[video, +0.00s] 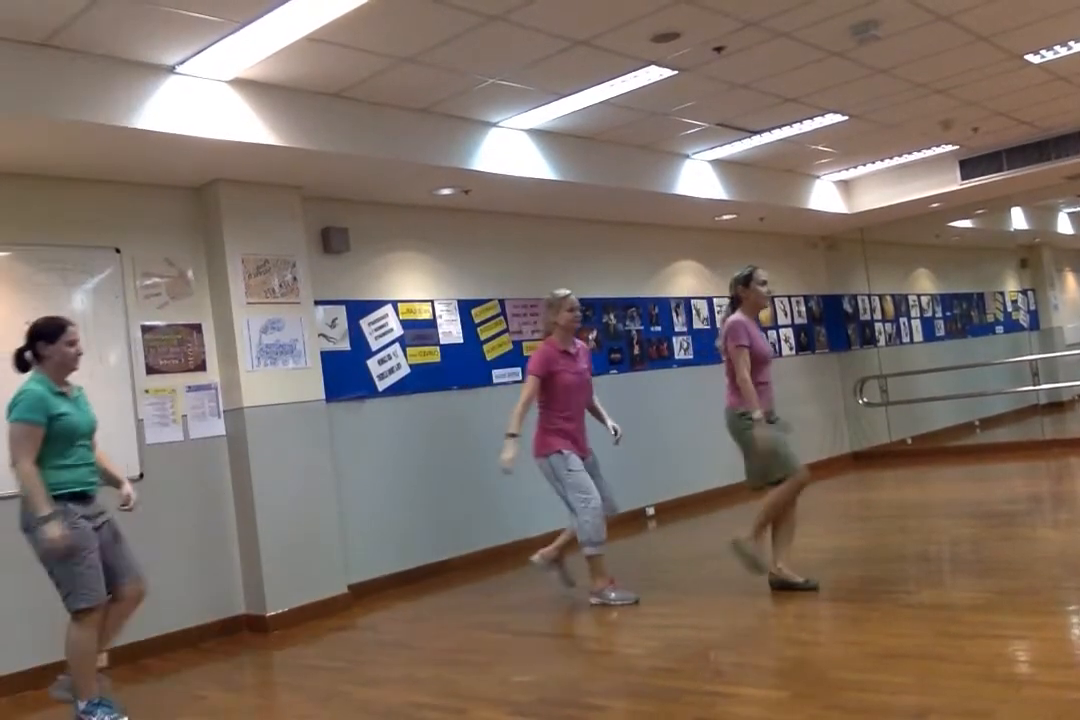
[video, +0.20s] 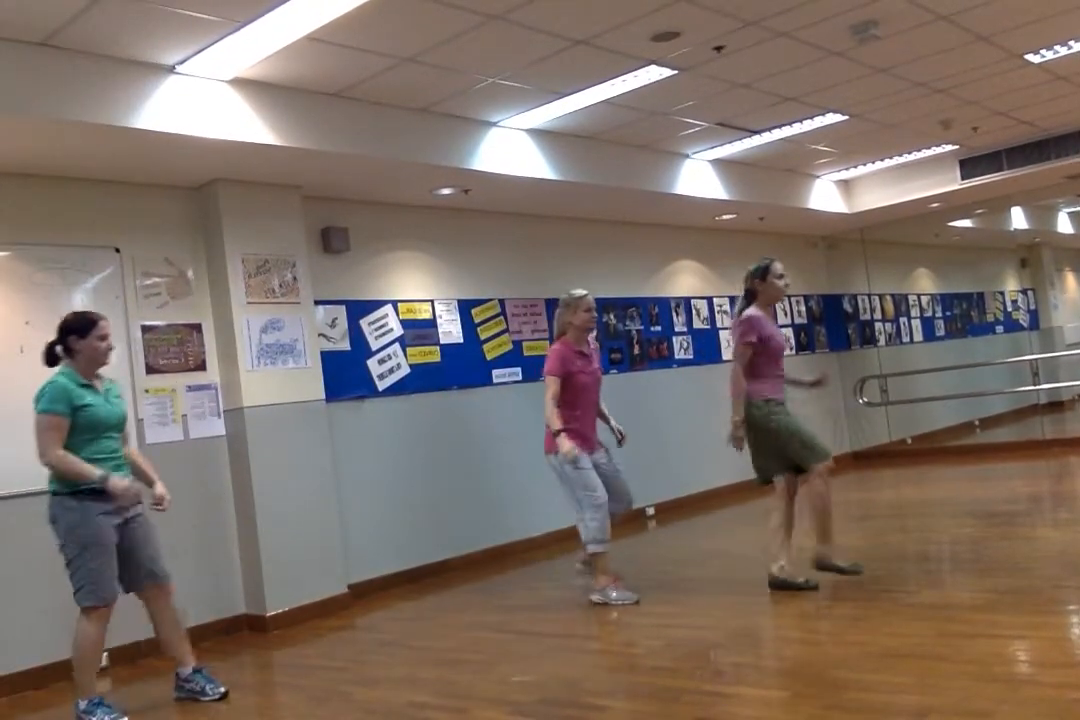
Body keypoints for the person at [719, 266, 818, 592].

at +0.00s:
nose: (768, 290)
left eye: (767, 285)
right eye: (761, 284)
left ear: (748, 293)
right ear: (742, 291)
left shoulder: (751, 326)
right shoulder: (737, 325)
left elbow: (757, 377)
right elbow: (742, 376)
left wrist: (770, 413)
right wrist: (757, 417)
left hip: (761, 413)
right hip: (747, 415)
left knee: (786, 487)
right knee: (798, 476)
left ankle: (779, 565)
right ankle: (751, 539)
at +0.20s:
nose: (786, 283)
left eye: (786, 277)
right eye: (779, 278)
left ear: (771, 286)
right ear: (758, 284)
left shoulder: (767, 320)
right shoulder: (749, 319)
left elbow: (772, 371)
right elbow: (738, 370)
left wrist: (807, 381)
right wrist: (737, 419)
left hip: (771, 407)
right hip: (762, 409)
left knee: (790, 482)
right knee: (821, 464)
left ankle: (779, 566)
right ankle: (825, 552)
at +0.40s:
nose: (817, 303)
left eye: (815, 298)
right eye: (812, 298)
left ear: (796, 305)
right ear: (795, 305)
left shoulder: (790, 337)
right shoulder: (772, 340)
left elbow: (785, 383)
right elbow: (757, 390)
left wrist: (815, 402)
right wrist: (782, 425)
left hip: (774, 417)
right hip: (767, 419)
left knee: (808, 490)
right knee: (819, 480)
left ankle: (777, 556)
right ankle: (829, 561)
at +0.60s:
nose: (816, 316)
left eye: (816, 310)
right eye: (812, 310)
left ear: (786, 311)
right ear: (798, 313)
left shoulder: (760, 334)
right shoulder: (782, 343)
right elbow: (790, 388)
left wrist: (724, 398)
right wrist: (829, 379)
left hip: (739, 418)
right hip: (754, 419)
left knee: (778, 486)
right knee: (798, 482)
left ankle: (743, 547)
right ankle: (828, 560)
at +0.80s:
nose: (798, 330)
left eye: (797, 325)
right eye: (794, 325)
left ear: (772, 326)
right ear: (779, 328)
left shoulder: (745, 339)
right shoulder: (765, 357)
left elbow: (707, 358)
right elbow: (786, 386)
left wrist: (696, 394)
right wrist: (819, 360)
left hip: (718, 425)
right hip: (728, 428)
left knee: (752, 497)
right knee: (768, 492)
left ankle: (730, 556)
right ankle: (813, 559)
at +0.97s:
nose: (780, 324)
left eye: (778, 319)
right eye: (775, 320)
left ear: (757, 322)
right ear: (759, 323)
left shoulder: (740, 343)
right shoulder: (744, 351)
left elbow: (708, 363)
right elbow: (741, 393)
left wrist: (725, 391)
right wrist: (784, 399)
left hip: (721, 421)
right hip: (715, 422)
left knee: (747, 489)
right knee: (753, 482)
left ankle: (731, 554)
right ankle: (773, 560)